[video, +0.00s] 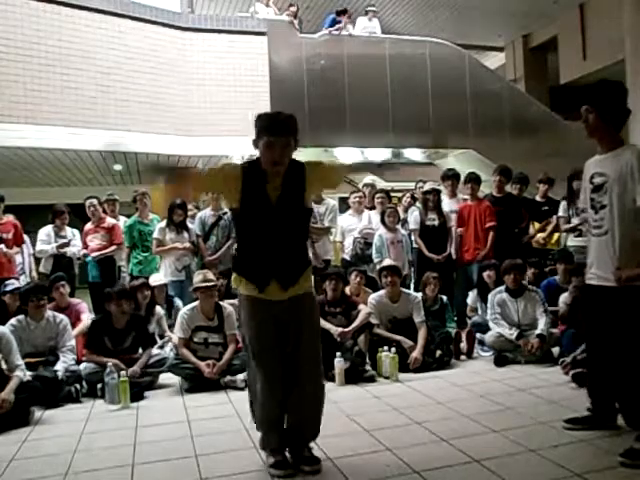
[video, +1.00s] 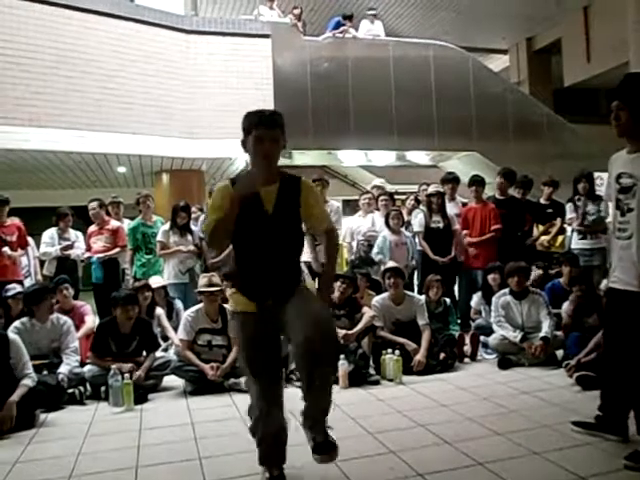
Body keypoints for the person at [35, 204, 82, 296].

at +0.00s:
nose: (64, 222)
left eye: (65, 219)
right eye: (61, 219)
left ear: (68, 219)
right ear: (54, 219)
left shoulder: (74, 232)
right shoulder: (45, 231)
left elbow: (78, 250)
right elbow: (38, 251)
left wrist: (66, 251)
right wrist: (55, 248)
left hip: (69, 271)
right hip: (49, 271)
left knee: (69, 300)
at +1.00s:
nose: (68, 224)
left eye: (69, 221)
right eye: (65, 221)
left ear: (72, 221)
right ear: (59, 221)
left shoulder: (77, 234)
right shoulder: (49, 234)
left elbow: (81, 251)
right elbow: (42, 253)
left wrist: (70, 253)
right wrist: (59, 250)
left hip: (72, 270)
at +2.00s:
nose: (68, 225)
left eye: (70, 222)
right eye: (65, 222)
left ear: (72, 221)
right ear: (59, 222)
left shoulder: (78, 235)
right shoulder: (49, 233)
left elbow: (81, 252)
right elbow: (43, 252)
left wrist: (69, 254)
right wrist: (59, 250)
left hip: (73, 269)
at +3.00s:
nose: (66, 221)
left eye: (69, 218)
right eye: (63, 218)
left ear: (72, 219)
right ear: (58, 220)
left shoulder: (78, 234)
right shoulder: (49, 233)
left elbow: (81, 252)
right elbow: (43, 252)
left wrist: (70, 254)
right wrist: (60, 250)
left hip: (73, 267)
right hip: (55, 266)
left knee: (74, 296)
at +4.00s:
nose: (67, 220)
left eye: (69, 217)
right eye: (63, 217)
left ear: (72, 219)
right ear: (58, 220)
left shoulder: (79, 233)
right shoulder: (50, 233)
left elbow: (82, 254)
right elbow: (47, 252)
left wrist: (68, 252)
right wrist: (66, 248)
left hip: (73, 265)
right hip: (56, 265)